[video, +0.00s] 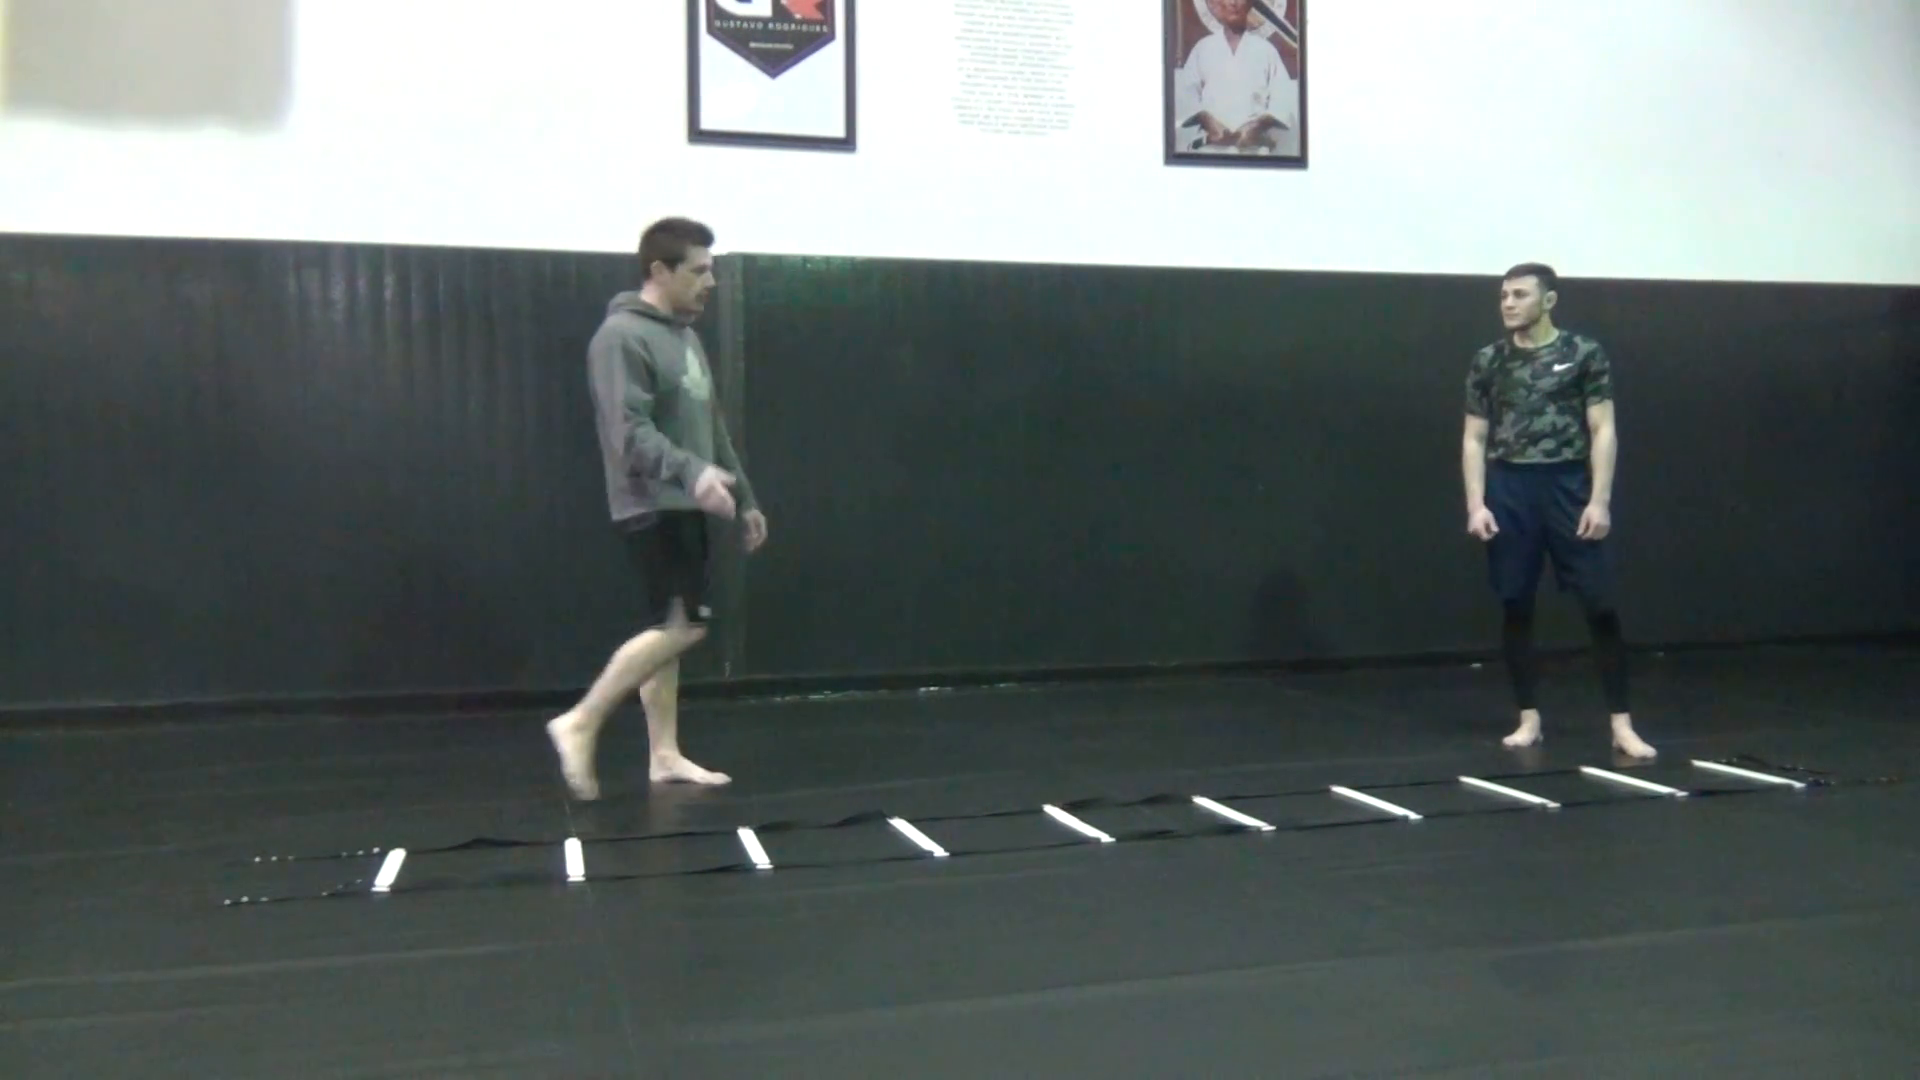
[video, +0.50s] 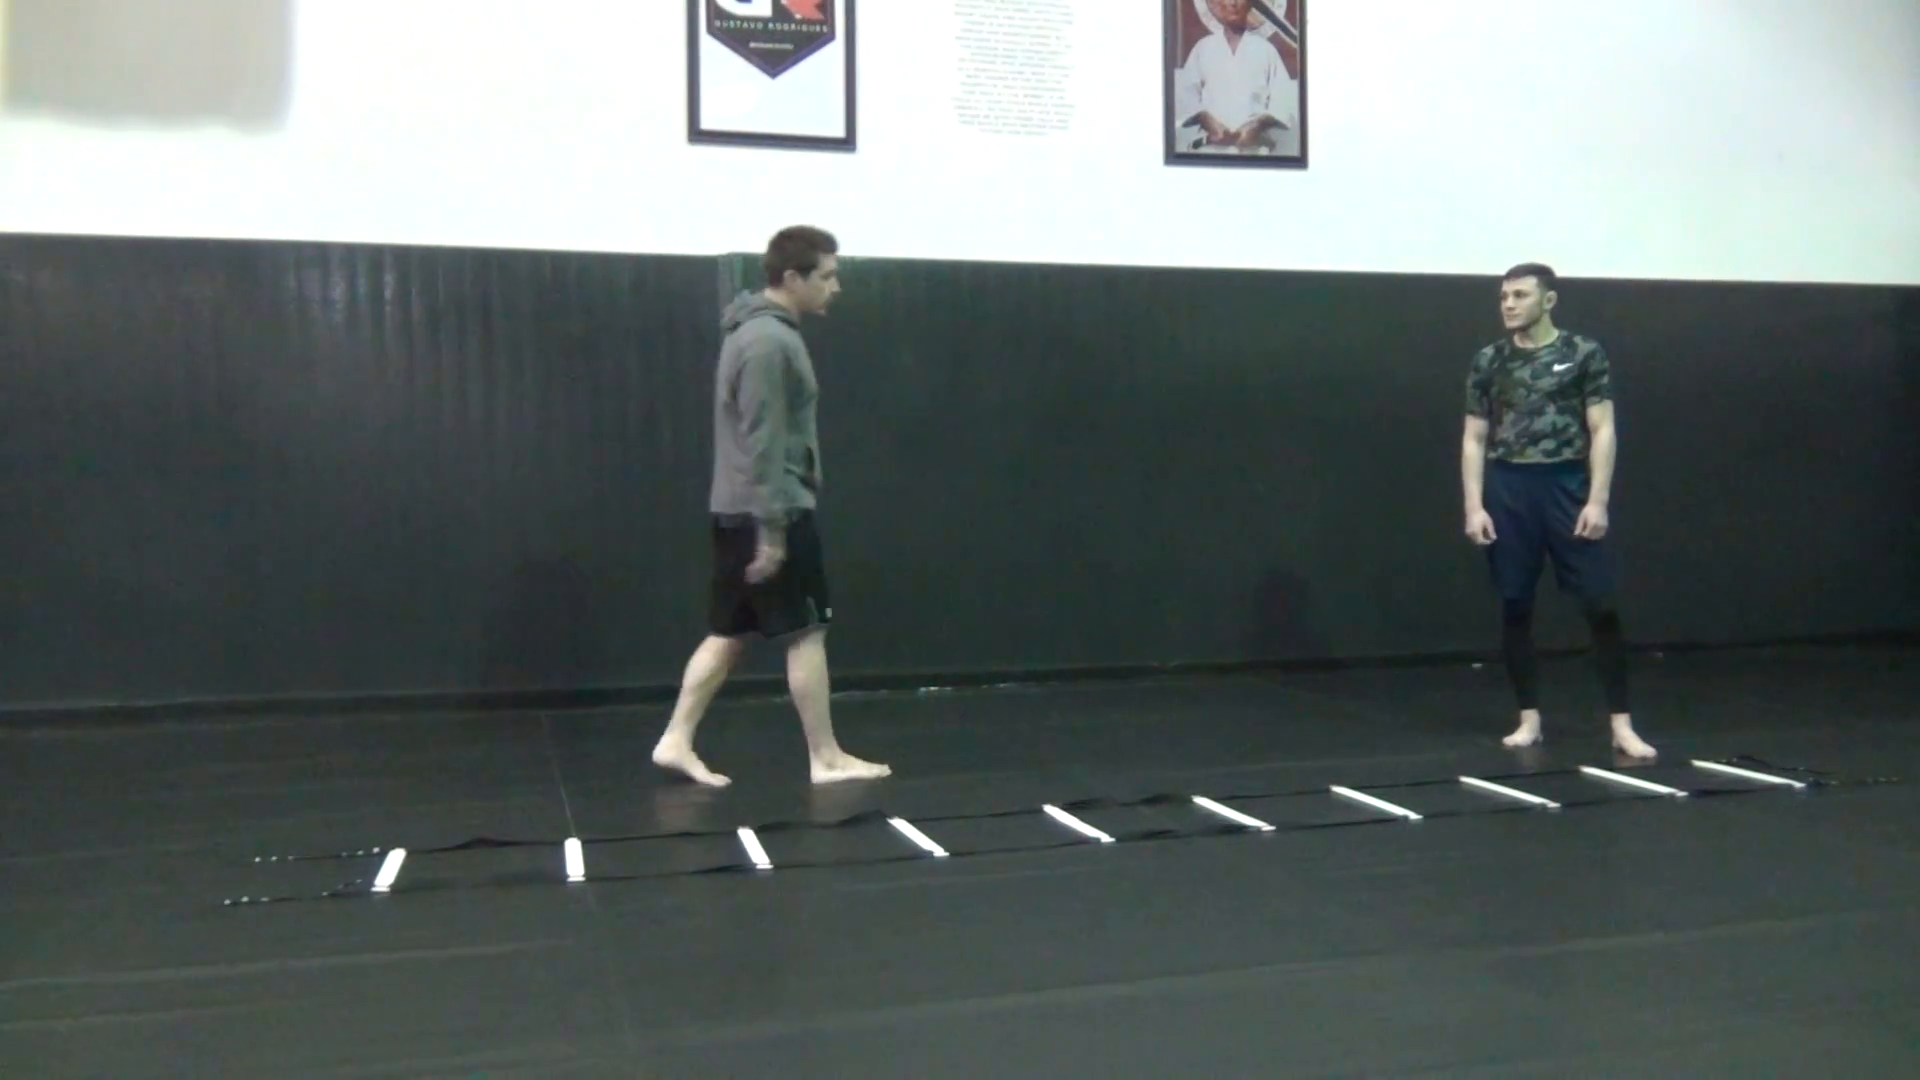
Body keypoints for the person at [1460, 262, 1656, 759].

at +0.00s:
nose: (1509, 303)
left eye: (1520, 295)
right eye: (1504, 296)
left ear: (1549, 300)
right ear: (1501, 304)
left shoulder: (1585, 353)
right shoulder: (1488, 360)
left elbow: (1603, 429)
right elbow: (1474, 437)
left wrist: (1600, 499)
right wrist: (1475, 503)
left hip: (1570, 489)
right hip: (1509, 491)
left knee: (1600, 603)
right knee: (1515, 605)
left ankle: (1620, 723)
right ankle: (1528, 718)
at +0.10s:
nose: (1508, 303)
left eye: (1519, 295)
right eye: (1504, 296)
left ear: (1548, 300)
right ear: (1501, 303)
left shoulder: (1586, 353)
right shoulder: (1488, 360)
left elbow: (1602, 428)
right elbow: (1474, 439)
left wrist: (1600, 499)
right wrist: (1474, 506)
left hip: (1570, 489)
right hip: (1509, 491)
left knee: (1600, 603)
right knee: (1514, 603)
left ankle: (1621, 722)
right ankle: (1528, 717)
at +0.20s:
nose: (1508, 303)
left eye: (1519, 295)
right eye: (1504, 296)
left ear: (1548, 300)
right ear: (1501, 303)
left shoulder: (1585, 353)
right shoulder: (1488, 360)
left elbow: (1602, 429)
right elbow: (1474, 438)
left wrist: (1599, 499)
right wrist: (1472, 506)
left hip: (1570, 489)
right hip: (1508, 492)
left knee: (1601, 603)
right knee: (1514, 604)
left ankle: (1620, 723)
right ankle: (1528, 718)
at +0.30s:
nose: (1508, 303)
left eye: (1519, 295)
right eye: (1504, 296)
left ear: (1548, 300)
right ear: (1501, 303)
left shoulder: (1585, 353)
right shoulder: (1489, 360)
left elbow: (1602, 429)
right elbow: (1474, 439)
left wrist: (1599, 499)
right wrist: (1472, 507)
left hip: (1570, 489)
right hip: (1508, 491)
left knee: (1600, 603)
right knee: (1515, 604)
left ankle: (1620, 723)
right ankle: (1528, 718)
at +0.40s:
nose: (1508, 304)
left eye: (1519, 295)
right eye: (1504, 297)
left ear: (1548, 300)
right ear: (1501, 303)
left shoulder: (1585, 353)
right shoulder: (1488, 360)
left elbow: (1602, 429)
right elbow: (1474, 439)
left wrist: (1599, 499)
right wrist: (1472, 506)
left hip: (1569, 490)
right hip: (1507, 492)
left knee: (1600, 603)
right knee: (1515, 605)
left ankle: (1620, 723)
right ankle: (1528, 718)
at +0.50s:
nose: (1509, 304)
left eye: (1520, 296)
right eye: (1504, 297)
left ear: (1549, 300)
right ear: (1501, 304)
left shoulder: (1585, 353)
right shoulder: (1489, 360)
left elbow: (1602, 429)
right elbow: (1474, 438)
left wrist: (1598, 499)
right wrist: (1473, 505)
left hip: (1569, 490)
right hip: (1508, 491)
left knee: (1601, 604)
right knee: (1515, 606)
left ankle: (1621, 724)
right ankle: (1528, 718)